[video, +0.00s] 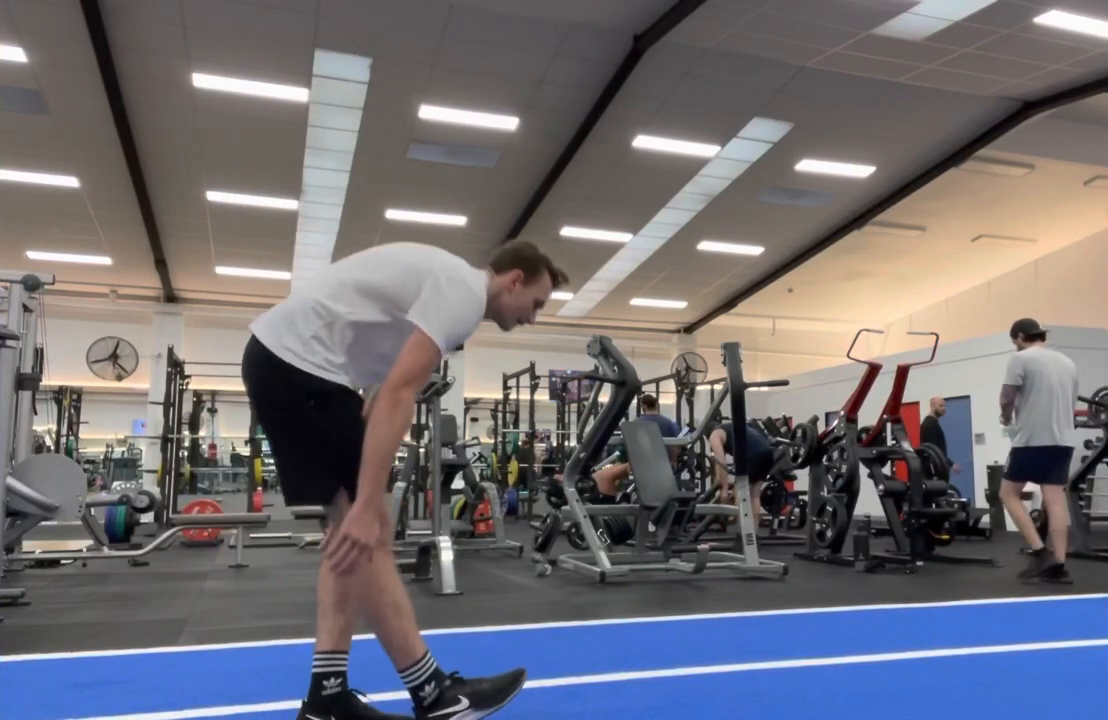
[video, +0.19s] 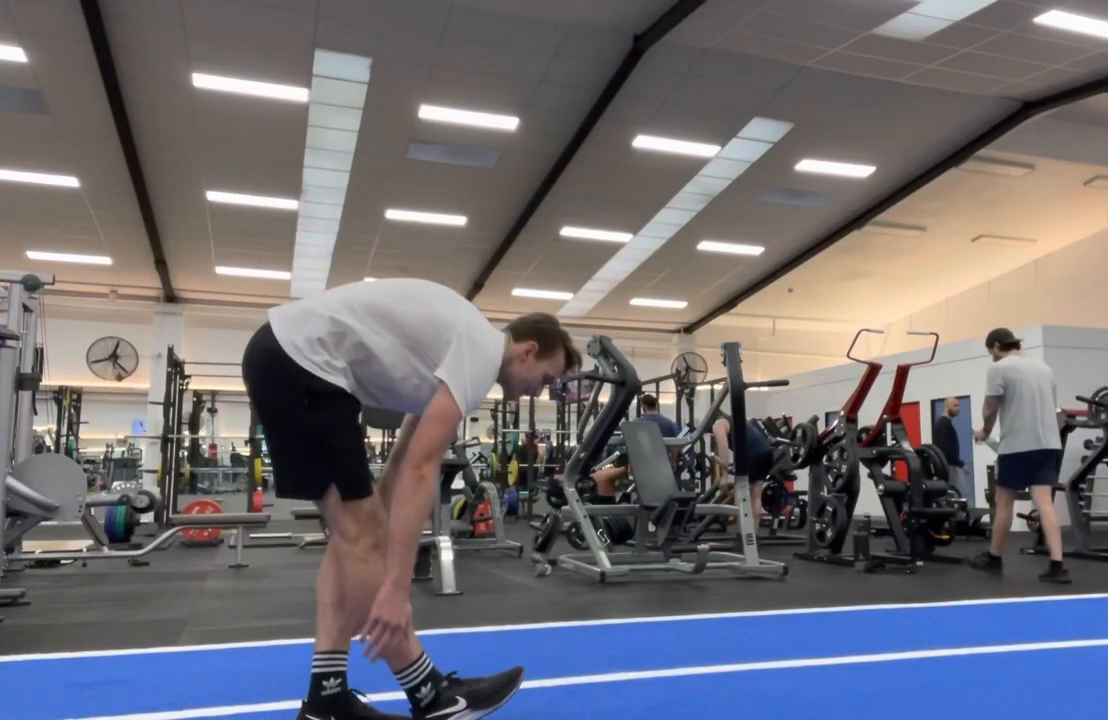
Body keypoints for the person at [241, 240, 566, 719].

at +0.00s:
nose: (532, 317)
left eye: (539, 308)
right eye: (536, 303)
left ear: (508, 281)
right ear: (513, 279)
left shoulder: (453, 286)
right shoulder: (460, 289)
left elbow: (385, 392)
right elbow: (396, 393)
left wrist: (369, 500)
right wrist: (368, 505)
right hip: (300, 361)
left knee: (351, 523)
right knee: (370, 527)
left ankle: (327, 692)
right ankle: (432, 691)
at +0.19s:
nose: (538, 392)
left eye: (548, 385)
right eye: (545, 379)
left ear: (523, 348)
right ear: (527, 350)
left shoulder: (469, 343)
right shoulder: (478, 349)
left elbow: (402, 467)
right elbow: (418, 468)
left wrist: (393, 574)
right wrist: (396, 585)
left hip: (290, 354)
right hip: (301, 360)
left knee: (350, 532)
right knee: (363, 535)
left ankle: (327, 693)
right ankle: (429, 693)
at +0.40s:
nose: (541, 421)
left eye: (551, 415)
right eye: (549, 408)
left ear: (531, 375)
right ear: (534, 379)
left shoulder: (467, 372)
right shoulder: (490, 369)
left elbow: (433, 504)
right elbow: (457, 507)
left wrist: (429, 613)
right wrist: (464, 630)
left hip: (298, 354)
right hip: (310, 358)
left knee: (356, 529)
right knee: (369, 530)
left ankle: (327, 692)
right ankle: (434, 695)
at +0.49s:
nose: (547, 420)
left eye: (557, 414)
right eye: (555, 407)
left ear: (537, 372)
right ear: (540, 376)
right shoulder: (496, 364)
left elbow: (454, 509)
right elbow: (484, 508)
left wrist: (476, 610)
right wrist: (513, 623)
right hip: (317, 355)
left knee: (362, 526)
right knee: (375, 525)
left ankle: (328, 692)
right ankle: (434, 694)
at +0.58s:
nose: (557, 403)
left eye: (567, 399)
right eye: (565, 392)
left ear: (547, 361)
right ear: (551, 363)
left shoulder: (484, 366)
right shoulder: (506, 352)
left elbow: (472, 498)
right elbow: (501, 492)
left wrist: (524, 586)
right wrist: (557, 587)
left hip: (314, 350)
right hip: (327, 354)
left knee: (363, 526)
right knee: (386, 525)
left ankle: (329, 691)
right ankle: (438, 695)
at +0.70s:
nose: (574, 382)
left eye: (583, 374)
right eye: (580, 367)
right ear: (563, 338)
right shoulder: (517, 331)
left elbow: (477, 479)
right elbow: (510, 466)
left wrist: (548, 538)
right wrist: (578, 527)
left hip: (322, 349)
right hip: (346, 355)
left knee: (368, 524)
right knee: (406, 520)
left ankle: (329, 691)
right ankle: (443, 695)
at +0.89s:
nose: (607, 297)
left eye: (614, 289)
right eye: (611, 283)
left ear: (584, 260)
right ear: (590, 260)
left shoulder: (525, 273)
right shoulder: (546, 273)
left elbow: (478, 404)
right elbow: (505, 390)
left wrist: (542, 450)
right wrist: (561, 449)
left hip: (363, 349)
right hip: (394, 360)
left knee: (404, 519)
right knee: (451, 517)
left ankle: (337, 684)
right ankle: (453, 699)